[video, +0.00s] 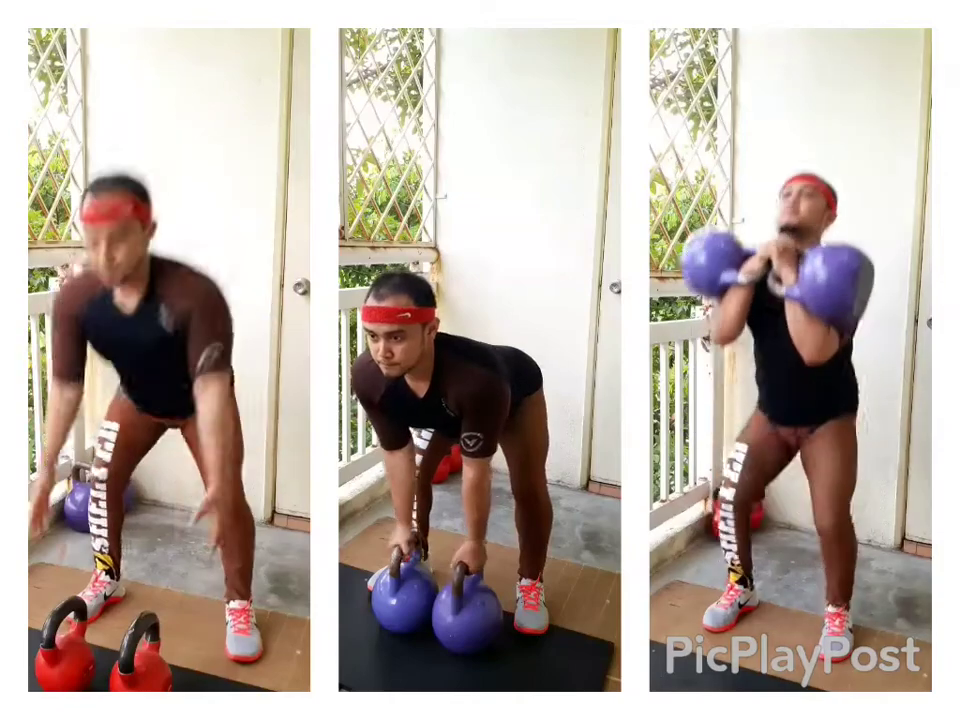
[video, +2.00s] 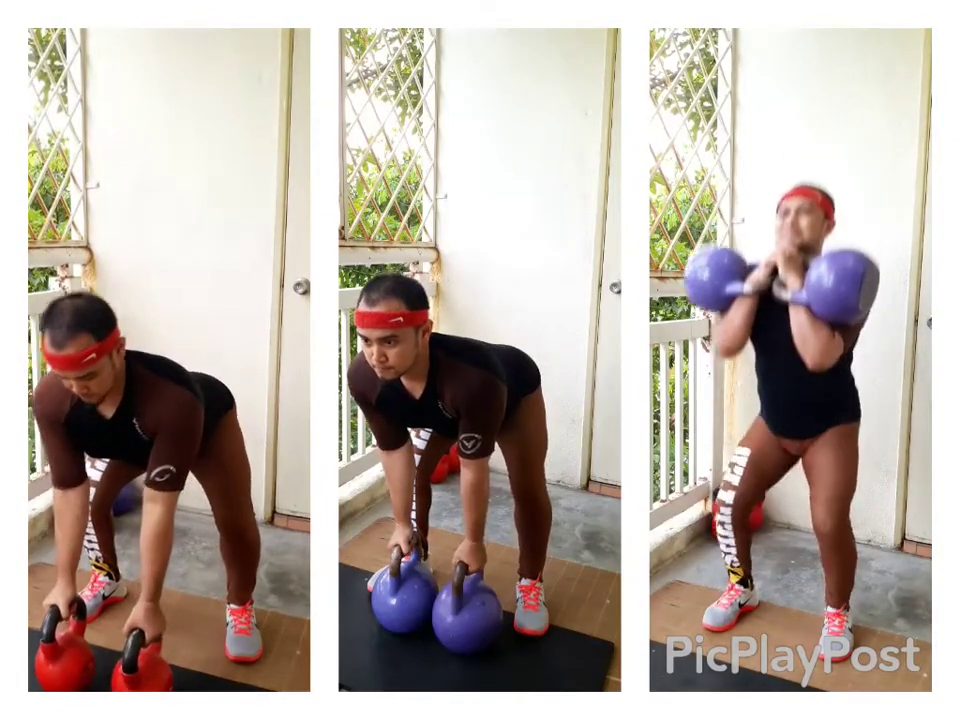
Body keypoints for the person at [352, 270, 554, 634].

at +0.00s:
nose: (383, 351)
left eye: (397, 337)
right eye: (373, 337)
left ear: (430, 329)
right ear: (364, 332)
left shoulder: (478, 380)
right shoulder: (367, 376)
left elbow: (476, 471)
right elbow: (397, 452)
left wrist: (475, 541)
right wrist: (403, 526)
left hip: (512, 388)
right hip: (450, 402)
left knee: (529, 488)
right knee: (418, 474)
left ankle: (530, 582)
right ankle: (414, 552)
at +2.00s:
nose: (377, 355)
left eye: (390, 342)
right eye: (367, 342)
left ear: (424, 333)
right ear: (359, 336)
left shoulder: (473, 381)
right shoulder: (363, 378)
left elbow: (474, 471)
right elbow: (396, 452)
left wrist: (474, 540)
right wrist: (402, 524)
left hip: (510, 388)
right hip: (447, 400)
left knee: (528, 489)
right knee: (417, 473)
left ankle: (530, 581)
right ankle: (413, 551)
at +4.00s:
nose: (392, 355)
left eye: (405, 341)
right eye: (382, 342)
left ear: (437, 332)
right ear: (373, 338)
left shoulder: (486, 374)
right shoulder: (376, 374)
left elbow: (504, 455)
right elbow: (398, 441)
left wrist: (481, 531)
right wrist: (409, 510)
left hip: (513, 391)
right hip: (446, 401)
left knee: (533, 488)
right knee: (413, 471)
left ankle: (531, 584)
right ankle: (410, 563)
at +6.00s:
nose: (389, 350)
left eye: (403, 336)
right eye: (380, 335)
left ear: (435, 330)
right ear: (371, 331)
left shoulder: (485, 379)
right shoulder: (374, 373)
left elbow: (488, 462)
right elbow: (404, 442)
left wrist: (479, 532)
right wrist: (412, 512)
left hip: (515, 389)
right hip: (453, 399)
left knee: (530, 487)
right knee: (415, 470)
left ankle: (531, 582)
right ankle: (409, 563)